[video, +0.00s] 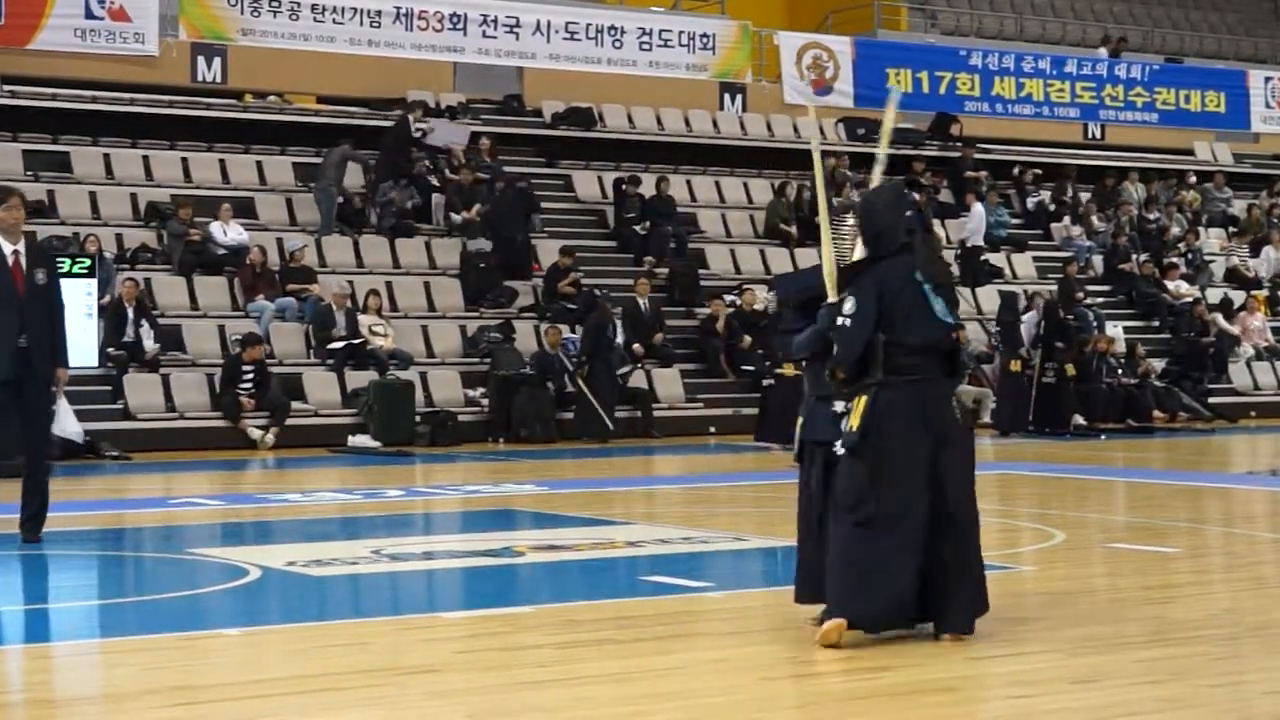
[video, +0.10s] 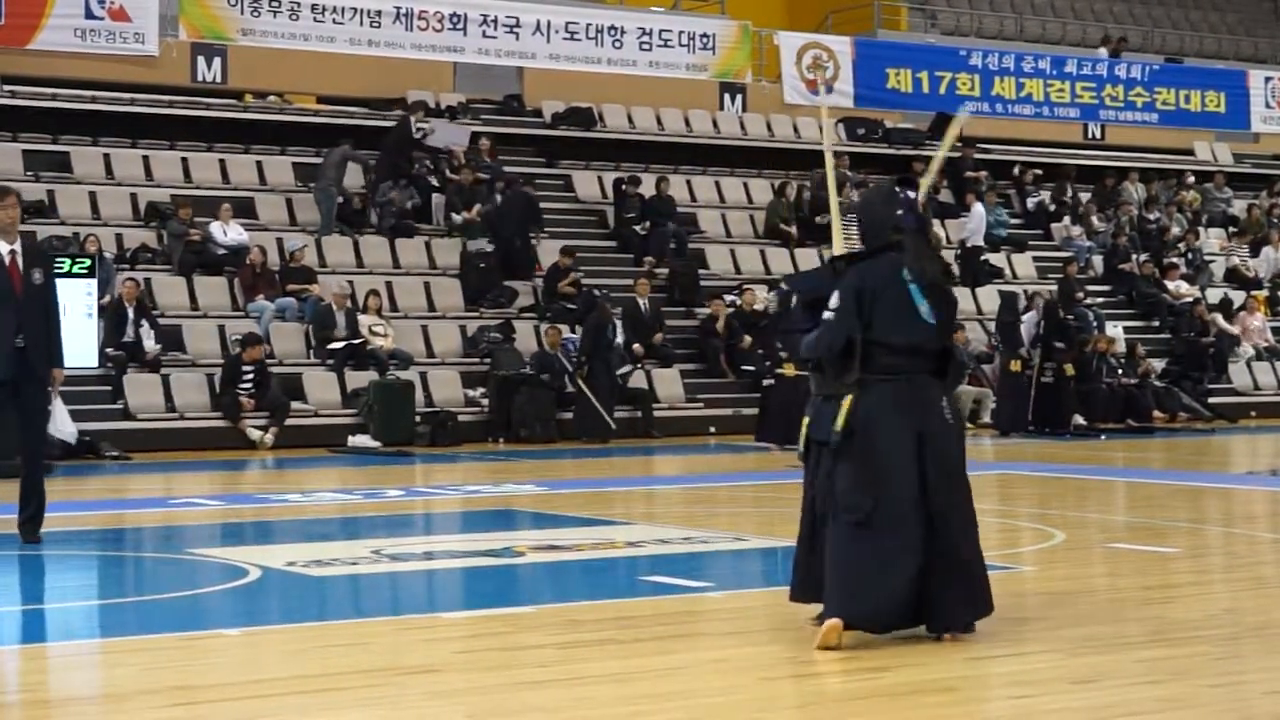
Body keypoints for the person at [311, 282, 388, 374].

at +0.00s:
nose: (345, 301)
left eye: (347, 298)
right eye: (342, 297)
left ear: (349, 297)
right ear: (333, 296)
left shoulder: (350, 312)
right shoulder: (321, 310)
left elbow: (355, 333)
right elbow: (318, 336)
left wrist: (362, 339)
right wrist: (331, 334)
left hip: (348, 343)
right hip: (327, 345)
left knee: (360, 350)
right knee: (344, 350)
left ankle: (361, 380)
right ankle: (335, 380)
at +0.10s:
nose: (345, 301)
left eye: (347, 298)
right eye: (342, 298)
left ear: (349, 297)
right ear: (333, 296)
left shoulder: (350, 312)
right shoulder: (321, 310)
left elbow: (355, 333)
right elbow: (318, 335)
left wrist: (362, 339)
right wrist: (332, 335)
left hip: (348, 343)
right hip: (327, 345)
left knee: (361, 350)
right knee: (344, 351)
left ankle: (361, 380)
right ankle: (335, 381)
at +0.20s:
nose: (345, 301)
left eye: (347, 298)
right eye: (343, 298)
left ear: (349, 297)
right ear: (333, 296)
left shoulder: (350, 312)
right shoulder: (321, 310)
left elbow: (356, 333)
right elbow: (318, 335)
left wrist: (362, 339)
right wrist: (333, 335)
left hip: (348, 344)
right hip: (327, 346)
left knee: (361, 350)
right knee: (343, 351)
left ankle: (361, 381)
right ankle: (336, 382)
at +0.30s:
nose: (345, 301)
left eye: (347, 298)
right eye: (342, 298)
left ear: (348, 298)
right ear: (334, 296)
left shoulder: (351, 312)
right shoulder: (322, 310)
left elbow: (357, 334)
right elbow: (318, 336)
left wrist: (349, 334)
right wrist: (335, 335)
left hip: (348, 343)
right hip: (328, 344)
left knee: (361, 349)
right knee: (340, 353)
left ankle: (362, 381)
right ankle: (338, 382)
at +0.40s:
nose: (345, 301)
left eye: (347, 298)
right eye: (342, 298)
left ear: (348, 298)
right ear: (333, 296)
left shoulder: (351, 312)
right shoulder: (322, 311)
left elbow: (357, 334)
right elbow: (318, 336)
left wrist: (349, 335)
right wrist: (336, 336)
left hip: (348, 343)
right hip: (328, 344)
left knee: (361, 349)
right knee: (340, 353)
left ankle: (361, 381)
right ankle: (338, 382)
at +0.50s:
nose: (345, 301)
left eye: (347, 298)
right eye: (342, 298)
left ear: (349, 298)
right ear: (333, 296)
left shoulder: (351, 312)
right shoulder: (322, 311)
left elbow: (356, 334)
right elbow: (318, 336)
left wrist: (349, 334)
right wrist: (336, 336)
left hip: (348, 343)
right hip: (328, 344)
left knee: (361, 349)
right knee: (340, 353)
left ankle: (361, 381)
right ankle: (337, 382)